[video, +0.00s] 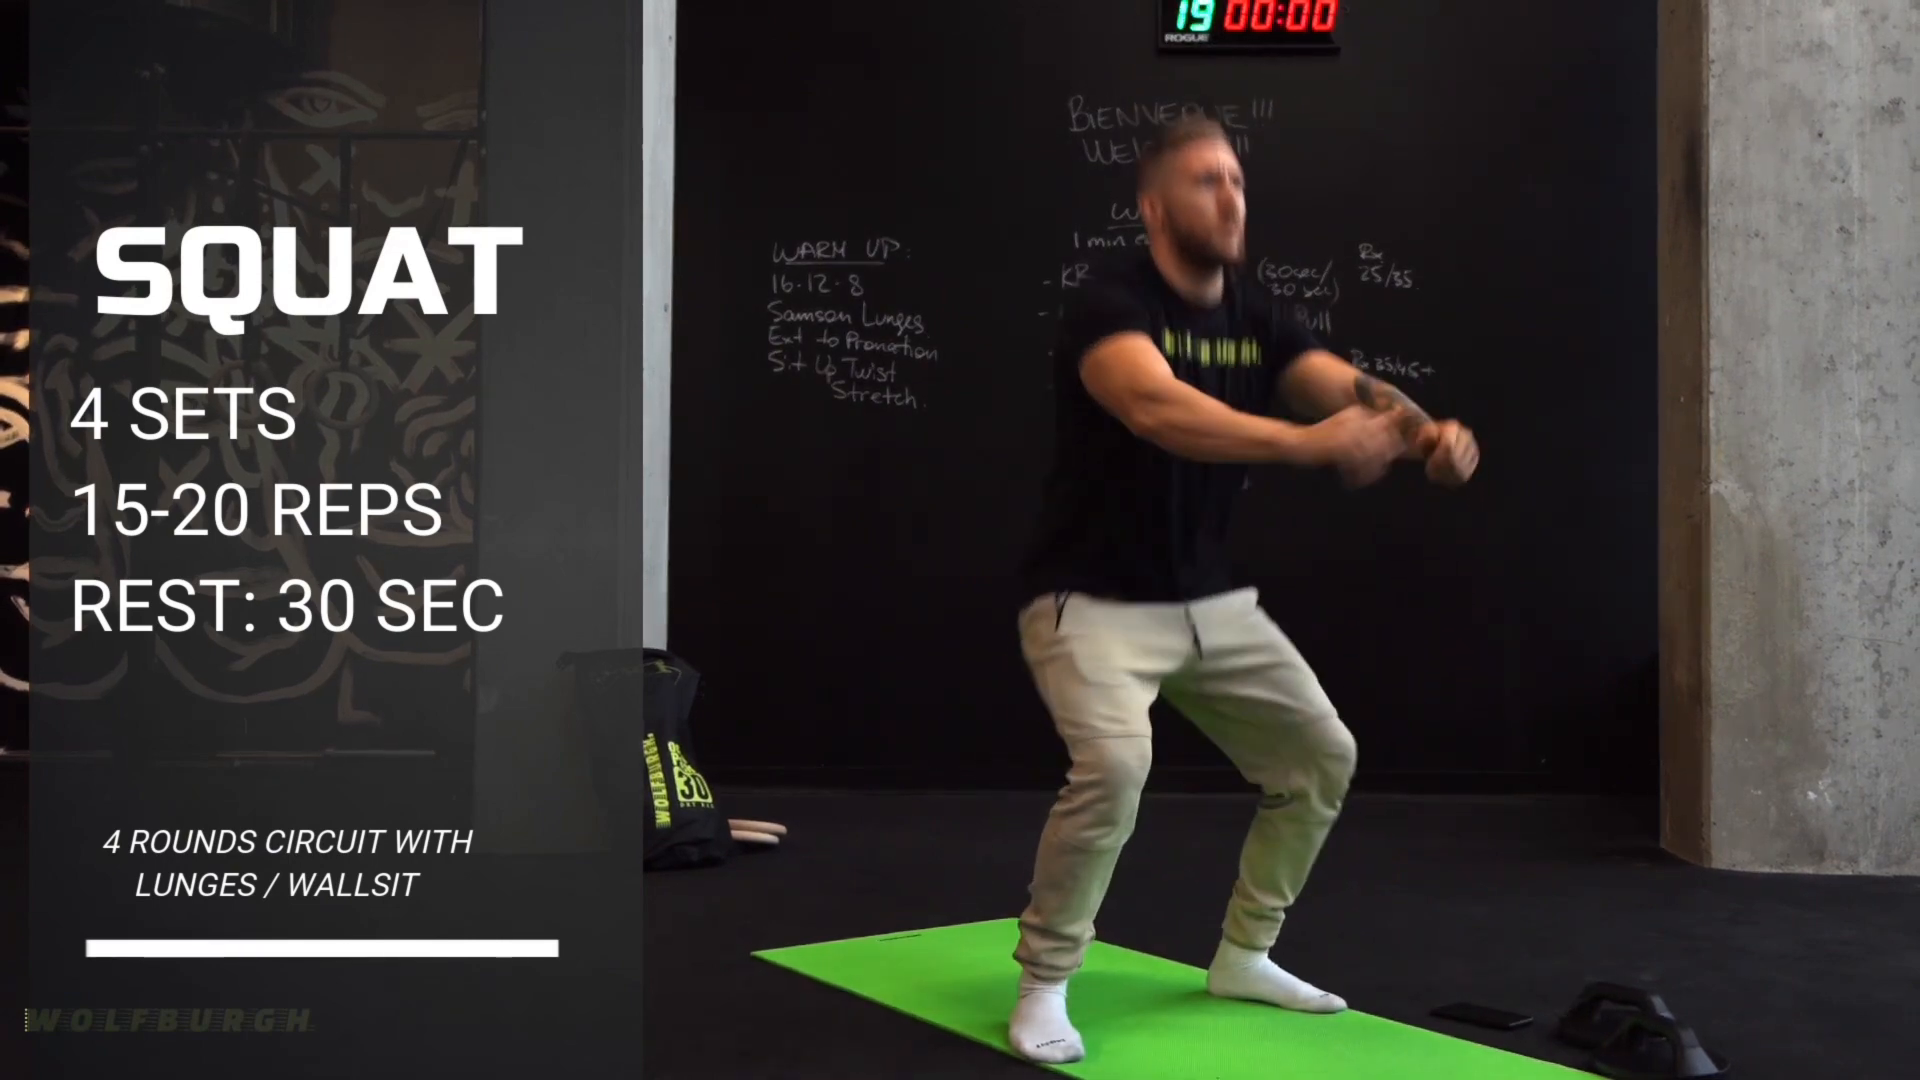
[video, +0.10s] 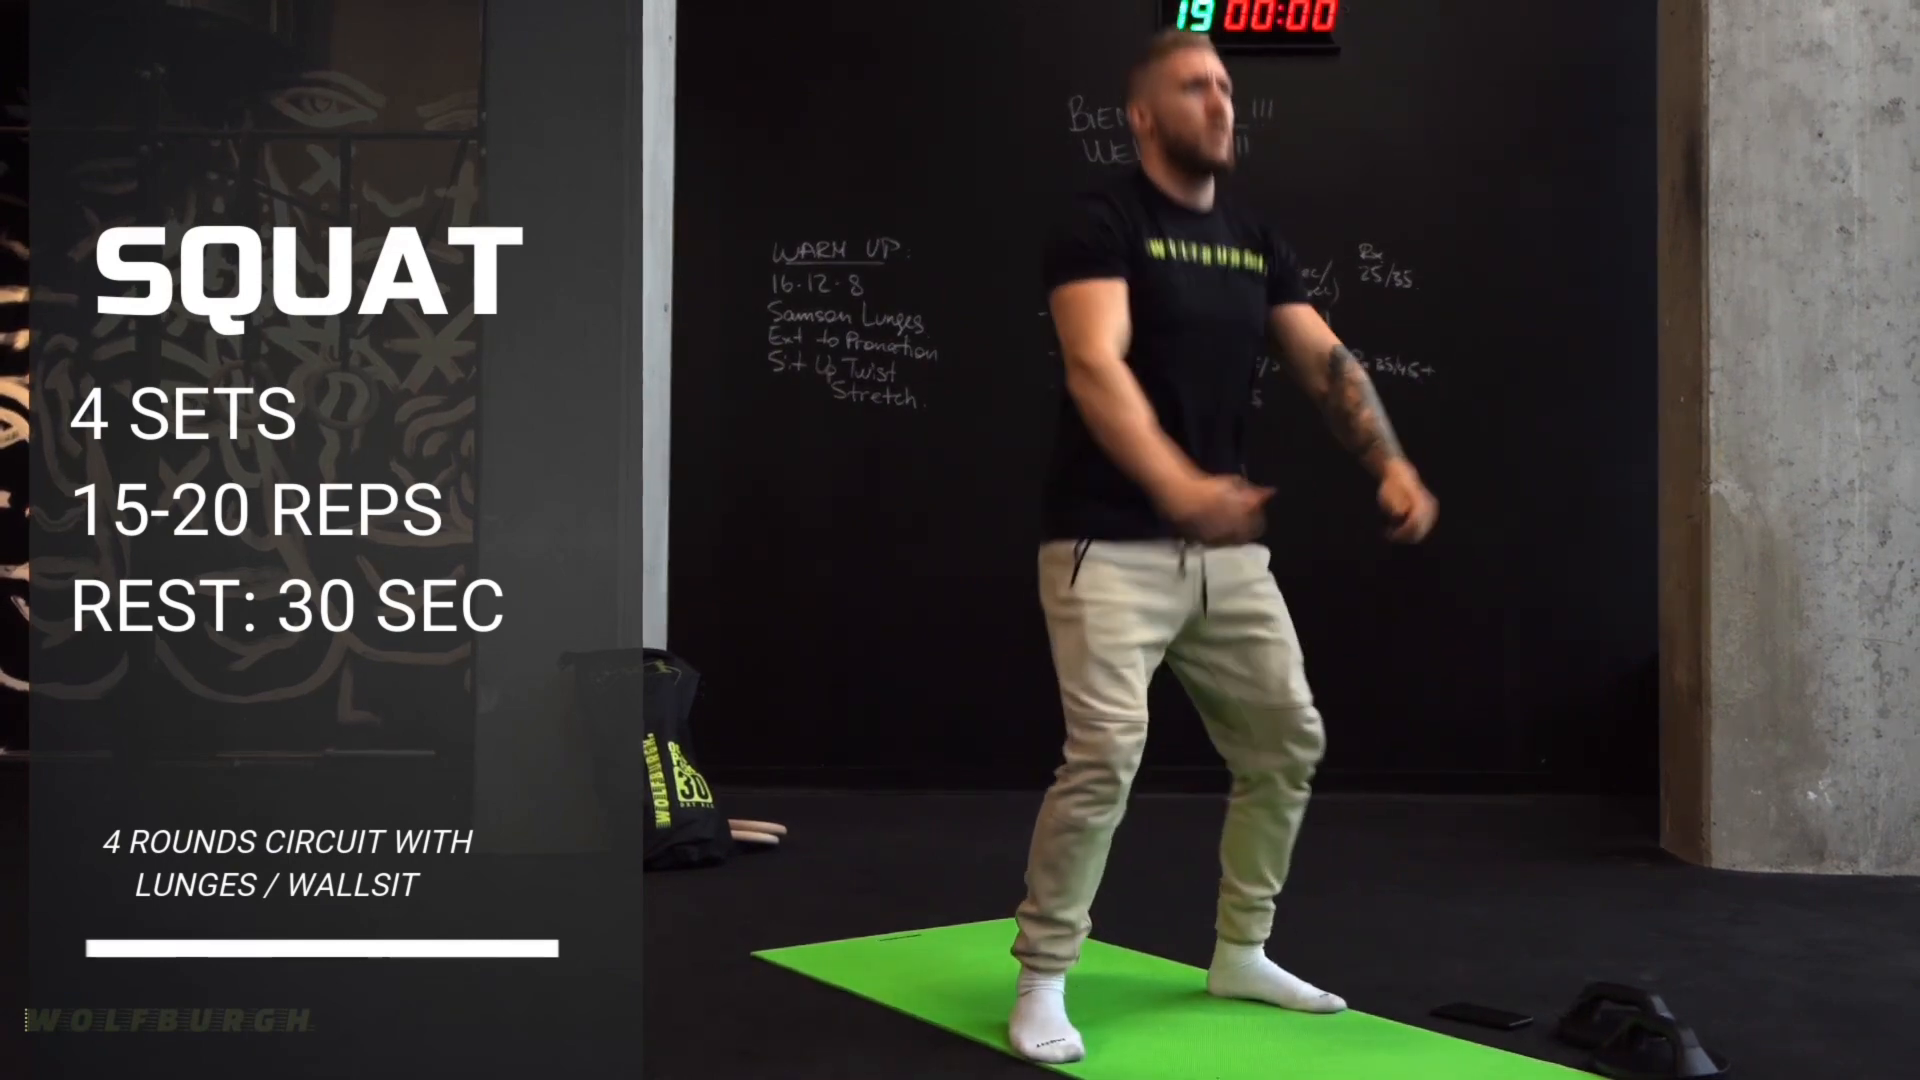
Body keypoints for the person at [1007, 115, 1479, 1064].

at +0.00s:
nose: (1232, 198)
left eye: (1236, 181)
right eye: (1208, 183)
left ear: (1245, 198)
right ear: (1154, 204)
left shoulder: (1254, 315)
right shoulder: (1105, 303)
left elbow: (1350, 391)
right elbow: (1158, 412)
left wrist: (1426, 431)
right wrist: (1309, 444)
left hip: (1208, 601)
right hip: (1090, 603)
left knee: (1321, 758)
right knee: (1113, 767)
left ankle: (1243, 959)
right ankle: (1044, 984)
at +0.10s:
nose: (1219, 104)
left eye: (1224, 89)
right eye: (1194, 89)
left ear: (1233, 112)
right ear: (1140, 112)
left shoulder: (1252, 234)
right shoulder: (1097, 219)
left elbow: (1323, 360)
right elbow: (1093, 369)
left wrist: (1390, 462)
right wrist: (1181, 484)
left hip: (1227, 549)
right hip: (1109, 548)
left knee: (1285, 742)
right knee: (1106, 752)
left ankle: (1239, 957)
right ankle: (1043, 980)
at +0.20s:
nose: (1214, 68)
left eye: (1219, 52)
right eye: (1189, 52)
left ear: (1229, 77)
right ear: (1137, 78)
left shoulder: (1251, 209)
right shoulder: (1089, 196)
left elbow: (1307, 358)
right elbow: (1058, 356)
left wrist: (1352, 487)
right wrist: (1097, 503)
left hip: (1228, 528)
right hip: (1119, 522)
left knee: (1257, 740)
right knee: (1097, 743)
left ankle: (1238, 955)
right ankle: (1042, 980)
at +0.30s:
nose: (1209, 60)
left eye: (1214, 44)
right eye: (1184, 44)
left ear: (1222, 69)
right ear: (1131, 72)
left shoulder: (1249, 197)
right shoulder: (1084, 185)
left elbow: (1282, 366)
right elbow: (1027, 350)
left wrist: (1296, 511)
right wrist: (1016, 510)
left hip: (1238, 522)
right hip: (1116, 515)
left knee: (1229, 743)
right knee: (1083, 747)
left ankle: (1236, 954)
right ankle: (1040, 979)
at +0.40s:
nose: (1208, 59)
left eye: (1214, 44)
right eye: (1183, 44)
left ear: (1222, 70)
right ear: (1130, 73)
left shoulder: (1248, 199)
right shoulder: (1083, 187)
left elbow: (1278, 367)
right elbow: (1024, 355)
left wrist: (1290, 511)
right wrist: (1012, 511)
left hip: (1238, 526)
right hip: (1116, 520)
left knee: (1234, 746)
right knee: (1083, 750)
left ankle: (1237, 955)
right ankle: (1041, 979)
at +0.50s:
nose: (1210, 63)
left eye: (1215, 47)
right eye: (1185, 48)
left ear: (1224, 72)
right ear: (1131, 73)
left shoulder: (1248, 201)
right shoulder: (1084, 190)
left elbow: (1296, 363)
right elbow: (1045, 355)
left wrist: (1333, 498)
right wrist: (1065, 509)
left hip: (1235, 524)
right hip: (1120, 520)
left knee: (1245, 745)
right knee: (1090, 749)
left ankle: (1239, 957)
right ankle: (1042, 983)